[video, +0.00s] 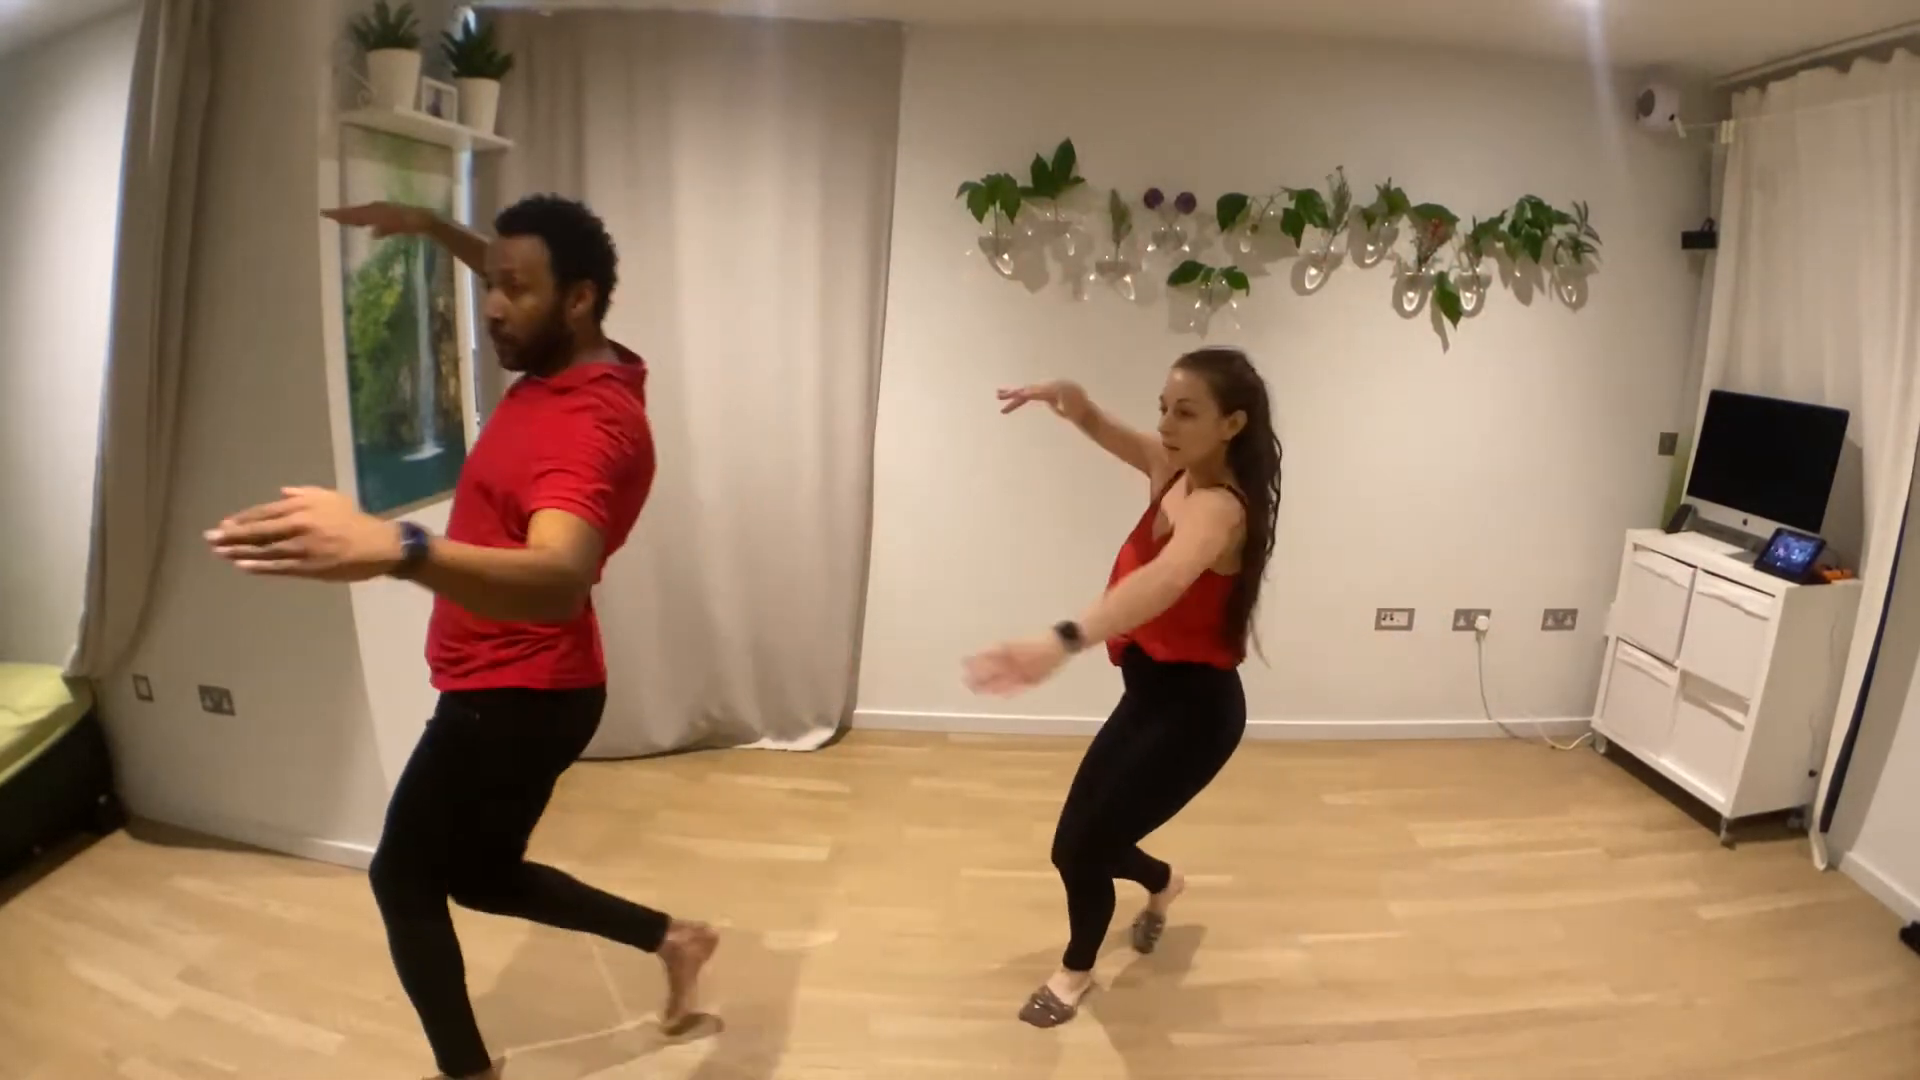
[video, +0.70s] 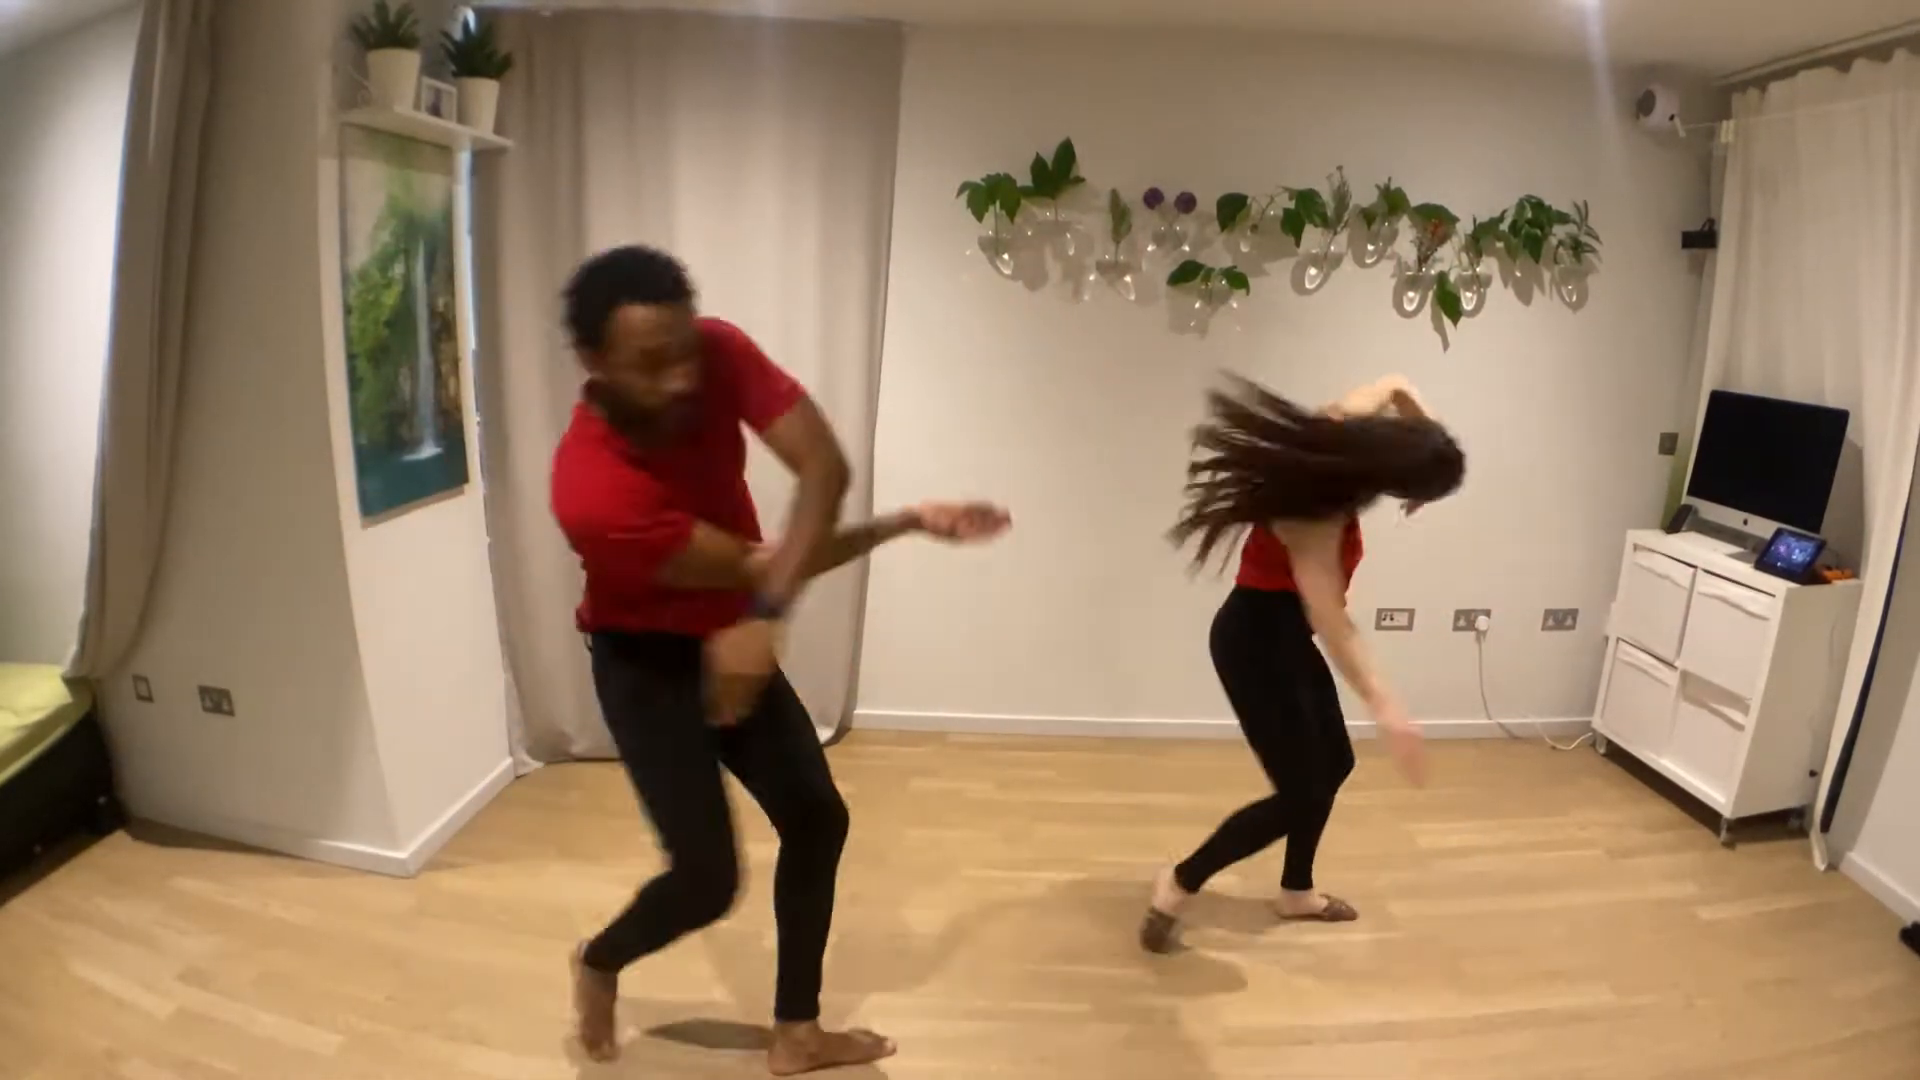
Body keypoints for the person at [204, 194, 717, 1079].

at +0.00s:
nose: (494, 308)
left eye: (516, 288)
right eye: (492, 286)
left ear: (581, 301)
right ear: (572, 302)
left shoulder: (591, 420)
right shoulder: (572, 364)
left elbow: (561, 580)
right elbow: (510, 270)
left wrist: (401, 549)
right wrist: (428, 225)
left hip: (514, 692)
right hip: (529, 681)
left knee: (404, 876)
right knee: (479, 873)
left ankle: (467, 1069)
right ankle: (671, 938)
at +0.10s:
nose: (459, 295)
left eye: (483, 274)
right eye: (454, 273)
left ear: (544, 285)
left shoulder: (571, 399)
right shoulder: (528, 359)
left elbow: (647, 571)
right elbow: (501, 274)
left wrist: (539, 534)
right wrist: (442, 233)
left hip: (526, 689)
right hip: (515, 677)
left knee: (416, 878)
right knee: (465, 870)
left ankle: (468, 1068)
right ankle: (623, 967)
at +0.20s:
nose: (437, 286)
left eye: (460, 262)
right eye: (428, 264)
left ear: (519, 266)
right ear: (426, 266)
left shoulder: (582, 373)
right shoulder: (490, 357)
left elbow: (706, 522)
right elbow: (443, 309)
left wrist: (608, 510)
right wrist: (411, 257)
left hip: (581, 670)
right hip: (527, 668)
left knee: (472, 871)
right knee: (516, 856)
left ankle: (471, 1068)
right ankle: (629, 973)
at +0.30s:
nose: (428, 304)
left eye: (450, 279)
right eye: (415, 282)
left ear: (508, 278)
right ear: (407, 284)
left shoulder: (601, 361)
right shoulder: (464, 392)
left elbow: (699, 500)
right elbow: (394, 464)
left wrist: (549, 489)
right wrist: (313, 371)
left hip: (654, 650)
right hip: (570, 654)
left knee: (523, 851)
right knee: (544, 834)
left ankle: (557, 1048)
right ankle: (631, 975)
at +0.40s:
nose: (435, 355)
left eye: (456, 328)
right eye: (420, 334)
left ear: (511, 316)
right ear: (411, 331)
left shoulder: (592, 355)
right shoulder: (463, 441)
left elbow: (612, 493)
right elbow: (344, 572)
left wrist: (436, 503)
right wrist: (203, 527)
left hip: (696, 633)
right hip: (606, 636)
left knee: (596, 837)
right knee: (559, 830)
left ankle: (714, 990)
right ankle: (639, 980)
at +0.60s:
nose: (522, 407)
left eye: (541, 381)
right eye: (498, 390)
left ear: (582, 353)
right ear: (477, 380)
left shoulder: (641, 350)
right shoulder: (519, 502)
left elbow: (645, 503)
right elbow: (645, 591)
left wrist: (512, 630)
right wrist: (760, 646)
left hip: (731, 630)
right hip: (625, 645)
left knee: (810, 826)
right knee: (585, 856)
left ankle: (783, 1024)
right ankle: (626, 974)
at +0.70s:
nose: (681, 378)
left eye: (688, 351)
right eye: (652, 365)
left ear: (698, 330)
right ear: (593, 363)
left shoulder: (713, 349)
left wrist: (764, 614)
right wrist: (908, 520)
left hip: (729, 633)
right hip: (641, 655)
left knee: (816, 821)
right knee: (707, 879)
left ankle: (797, 1030)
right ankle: (597, 963)